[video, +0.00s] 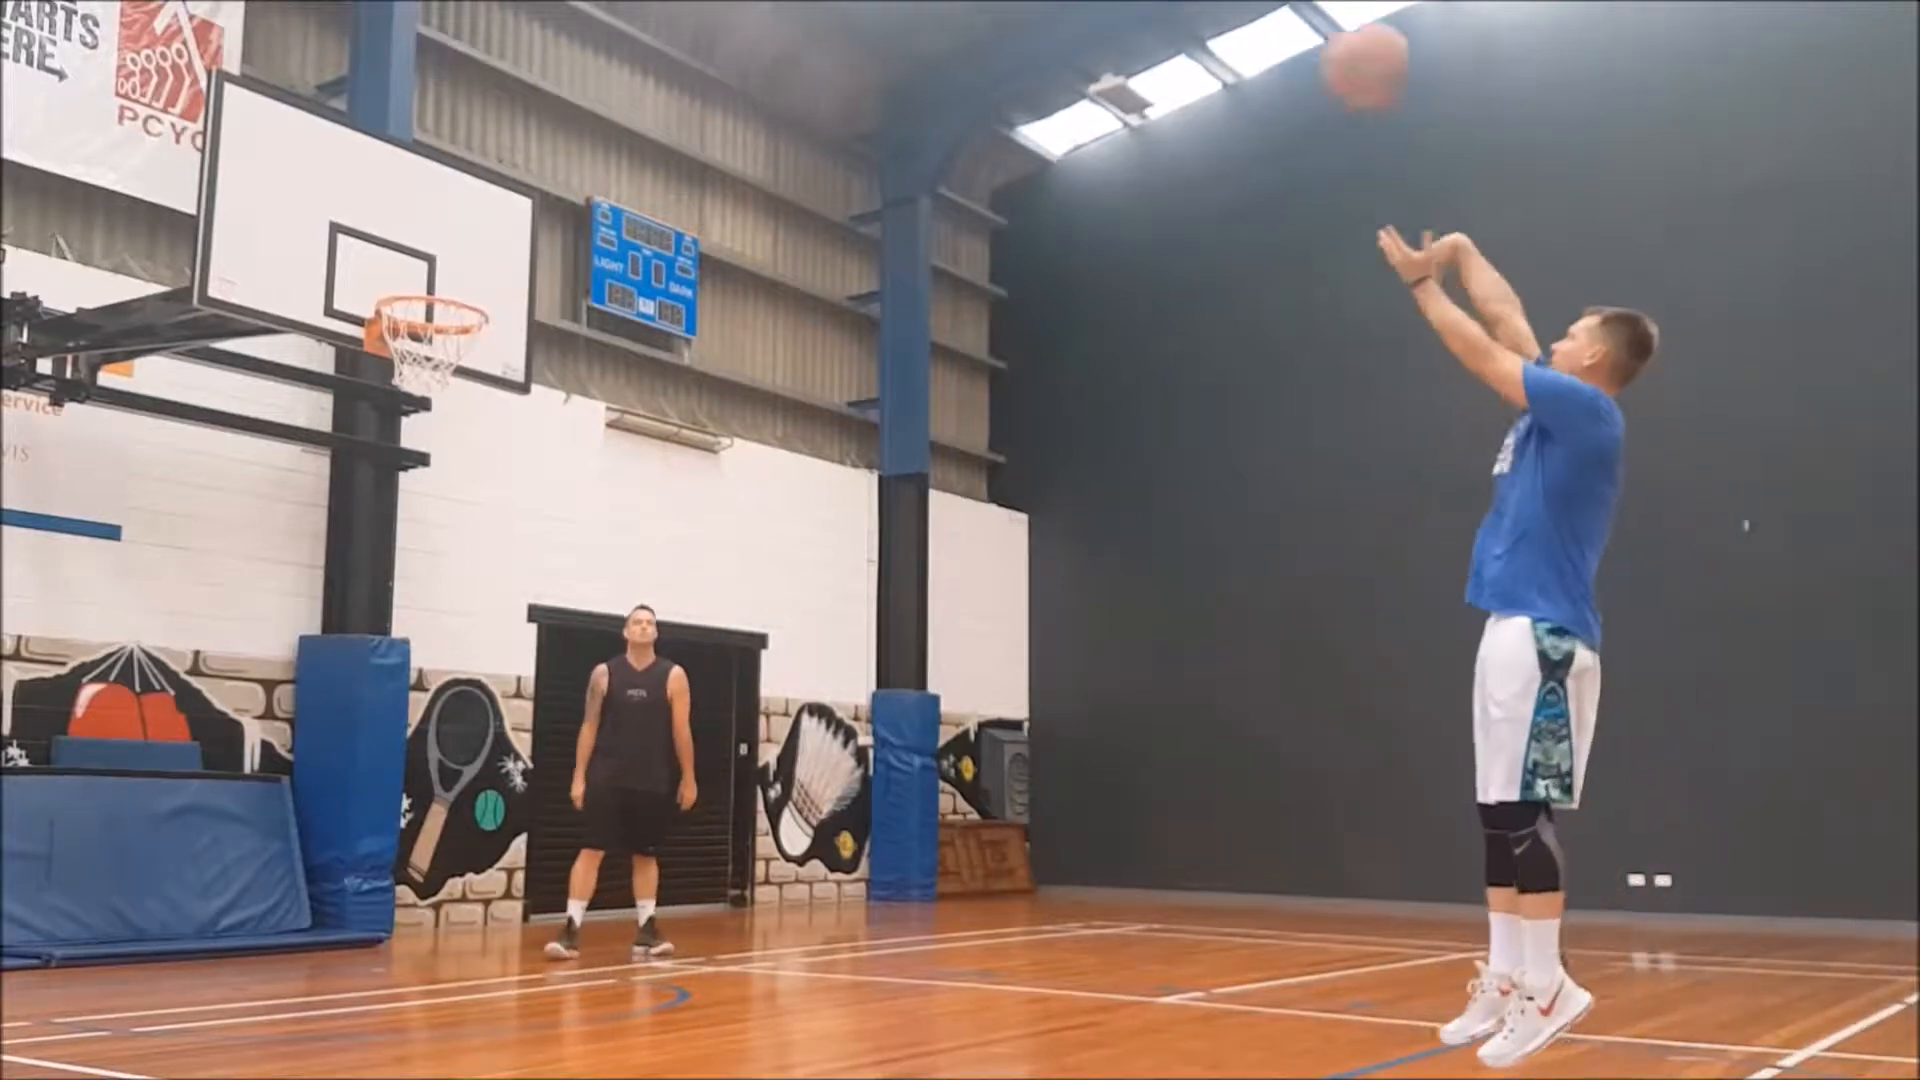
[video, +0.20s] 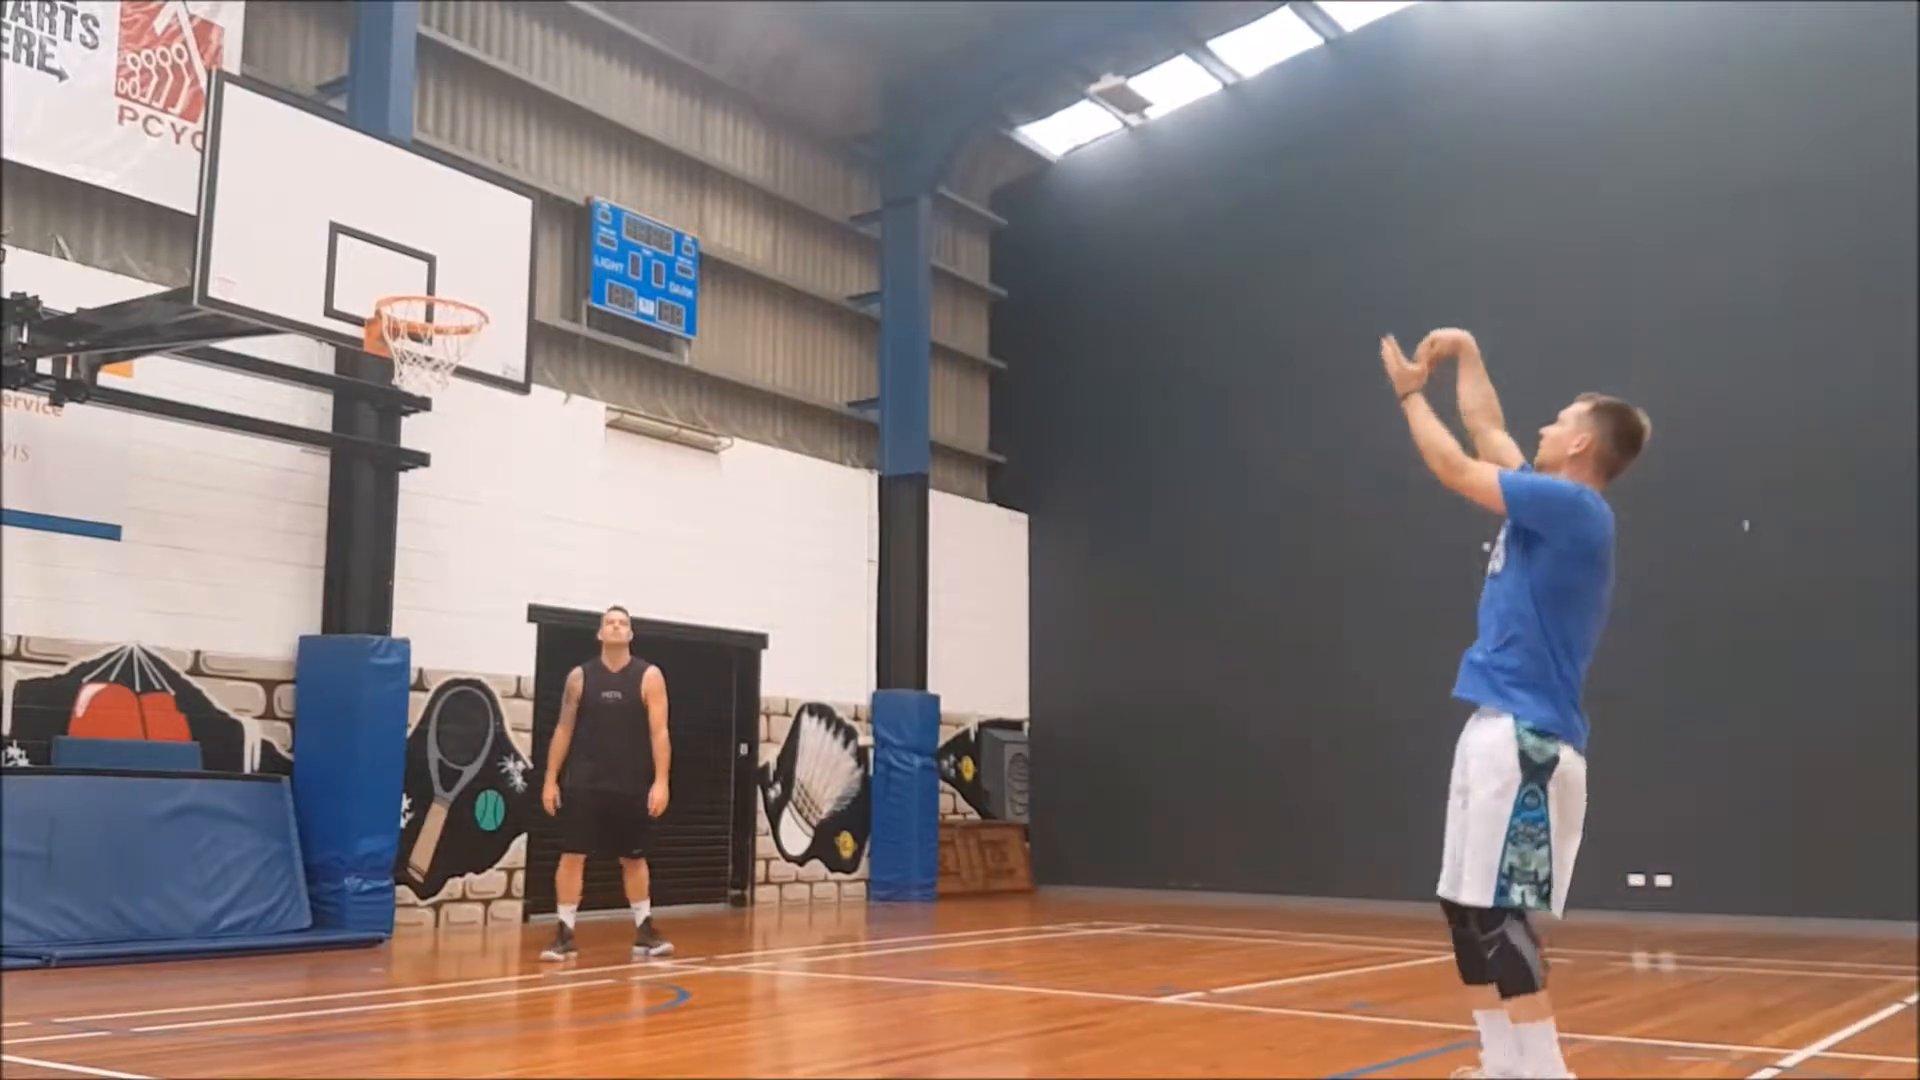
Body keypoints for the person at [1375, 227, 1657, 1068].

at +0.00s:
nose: (1560, 337)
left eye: (1574, 332)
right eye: (1570, 330)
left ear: (1593, 354)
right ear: (1592, 357)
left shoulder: (1585, 408)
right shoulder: (1562, 403)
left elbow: (1485, 355)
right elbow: (1506, 317)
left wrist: (1423, 285)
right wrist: (1463, 252)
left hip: (1544, 641)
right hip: (1511, 633)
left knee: (1524, 815)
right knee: (1498, 813)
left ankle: (1547, 989)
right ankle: (1503, 983)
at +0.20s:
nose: (1543, 429)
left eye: (1558, 421)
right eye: (1554, 420)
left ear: (1582, 442)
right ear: (1587, 447)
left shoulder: (1572, 508)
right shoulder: (1553, 504)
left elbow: (1456, 471)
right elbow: (1487, 431)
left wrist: (1409, 393)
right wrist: (1468, 351)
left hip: (1527, 744)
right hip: (1495, 736)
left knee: (1497, 911)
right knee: (1462, 905)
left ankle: (1544, 1068)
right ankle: (1502, 1064)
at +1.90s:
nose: (1853, 439)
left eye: (1866, 427)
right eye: (1858, 427)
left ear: (1904, 440)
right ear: (1901, 442)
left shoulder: (1912, 530)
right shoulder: (1906, 531)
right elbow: (1915, 655)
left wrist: (1909, 735)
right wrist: (1910, 735)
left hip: (1917, 770)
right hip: (1915, 768)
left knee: (1896, 915)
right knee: (1893, 915)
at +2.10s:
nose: (1845, 463)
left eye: (1858, 449)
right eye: (1850, 450)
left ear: (1895, 460)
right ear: (1894, 461)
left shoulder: (1902, 543)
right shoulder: (1902, 541)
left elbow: (1913, 660)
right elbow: (1911, 668)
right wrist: (1871, 731)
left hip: (1917, 791)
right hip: (1912, 788)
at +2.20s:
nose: (1835, 467)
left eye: (1847, 455)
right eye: (1841, 454)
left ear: (1885, 465)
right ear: (1888, 467)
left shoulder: (1888, 546)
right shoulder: (1904, 541)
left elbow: (1846, 663)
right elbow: (1865, 662)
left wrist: (1744, 663)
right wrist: (1780, 649)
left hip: (1910, 784)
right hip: (1907, 781)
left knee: (1883, 934)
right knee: (1886, 933)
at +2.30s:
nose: (1813, 464)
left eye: (1824, 451)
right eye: (1819, 451)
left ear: (1860, 462)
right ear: (1871, 465)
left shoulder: (1860, 539)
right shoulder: (1902, 536)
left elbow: (1769, 634)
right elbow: (1816, 628)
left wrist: (1690, 591)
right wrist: (1734, 577)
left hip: (1894, 769)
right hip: (1907, 767)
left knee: (1818, 908)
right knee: (1897, 927)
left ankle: (1918, 1030)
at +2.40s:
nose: (1780, 462)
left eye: (1791, 450)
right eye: (1784, 450)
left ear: (1825, 460)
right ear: (1838, 464)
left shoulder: (1824, 533)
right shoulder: (1879, 535)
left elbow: (1712, 605)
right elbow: (1755, 593)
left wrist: (1641, 552)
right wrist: (1685, 533)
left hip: (1871, 759)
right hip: (1904, 757)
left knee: (1771, 896)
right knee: (1913, 904)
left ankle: (1818, 1062)